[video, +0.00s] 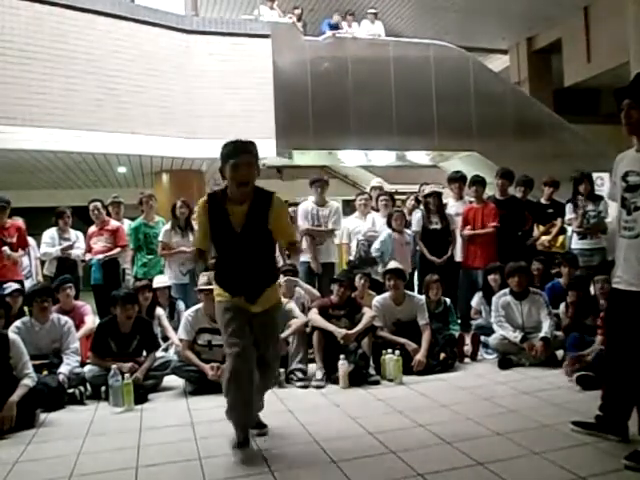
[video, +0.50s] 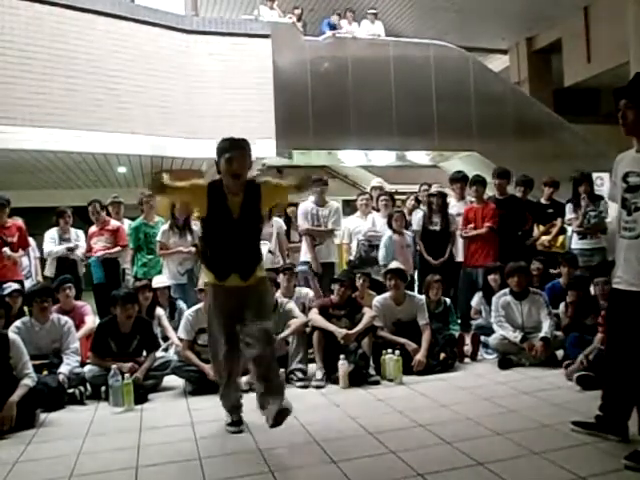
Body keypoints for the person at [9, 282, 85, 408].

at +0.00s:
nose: (44, 305)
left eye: (47, 301)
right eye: (39, 301)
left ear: (52, 303)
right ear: (31, 305)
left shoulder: (64, 323)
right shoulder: (18, 328)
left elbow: (72, 353)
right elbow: (14, 358)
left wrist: (63, 373)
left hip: (58, 369)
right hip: (32, 372)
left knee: (79, 375)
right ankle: (69, 397)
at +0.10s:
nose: (44, 305)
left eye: (47, 301)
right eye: (39, 301)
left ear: (52, 303)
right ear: (31, 305)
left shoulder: (64, 323)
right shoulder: (18, 328)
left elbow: (72, 353)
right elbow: (15, 358)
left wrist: (63, 373)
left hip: (58, 369)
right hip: (32, 372)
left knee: (79, 375)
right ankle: (69, 397)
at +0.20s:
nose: (44, 305)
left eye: (47, 301)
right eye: (39, 301)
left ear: (52, 303)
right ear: (31, 305)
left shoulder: (64, 323)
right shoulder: (18, 328)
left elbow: (72, 353)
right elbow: (14, 358)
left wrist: (63, 373)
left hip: (58, 368)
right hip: (32, 371)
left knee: (79, 375)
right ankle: (69, 397)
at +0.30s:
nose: (44, 305)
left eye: (46, 301)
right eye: (39, 302)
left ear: (52, 303)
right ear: (31, 305)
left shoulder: (64, 323)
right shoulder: (19, 328)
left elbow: (72, 353)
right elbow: (15, 358)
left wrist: (63, 373)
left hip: (58, 368)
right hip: (32, 371)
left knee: (79, 375)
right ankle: (69, 397)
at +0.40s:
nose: (44, 305)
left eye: (47, 301)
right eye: (39, 302)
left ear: (52, 303)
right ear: (31, 305)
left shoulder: (64, 323)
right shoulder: (18, 328)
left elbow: (72, 353)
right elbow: (15, 358)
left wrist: (63, 373)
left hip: (58, 368)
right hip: (32, 371)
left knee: (79, 375)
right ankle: (69, 397)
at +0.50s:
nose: (44, 305)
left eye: (47, 301)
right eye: (39, 302)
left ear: (52, 303)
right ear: (31, 305)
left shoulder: (64, 323)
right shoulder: (18, 328)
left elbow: (72, 353)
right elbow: (15, 358)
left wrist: (63, 373)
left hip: (58, 368)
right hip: (32, 372)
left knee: (79, 375)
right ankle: (69, 397)